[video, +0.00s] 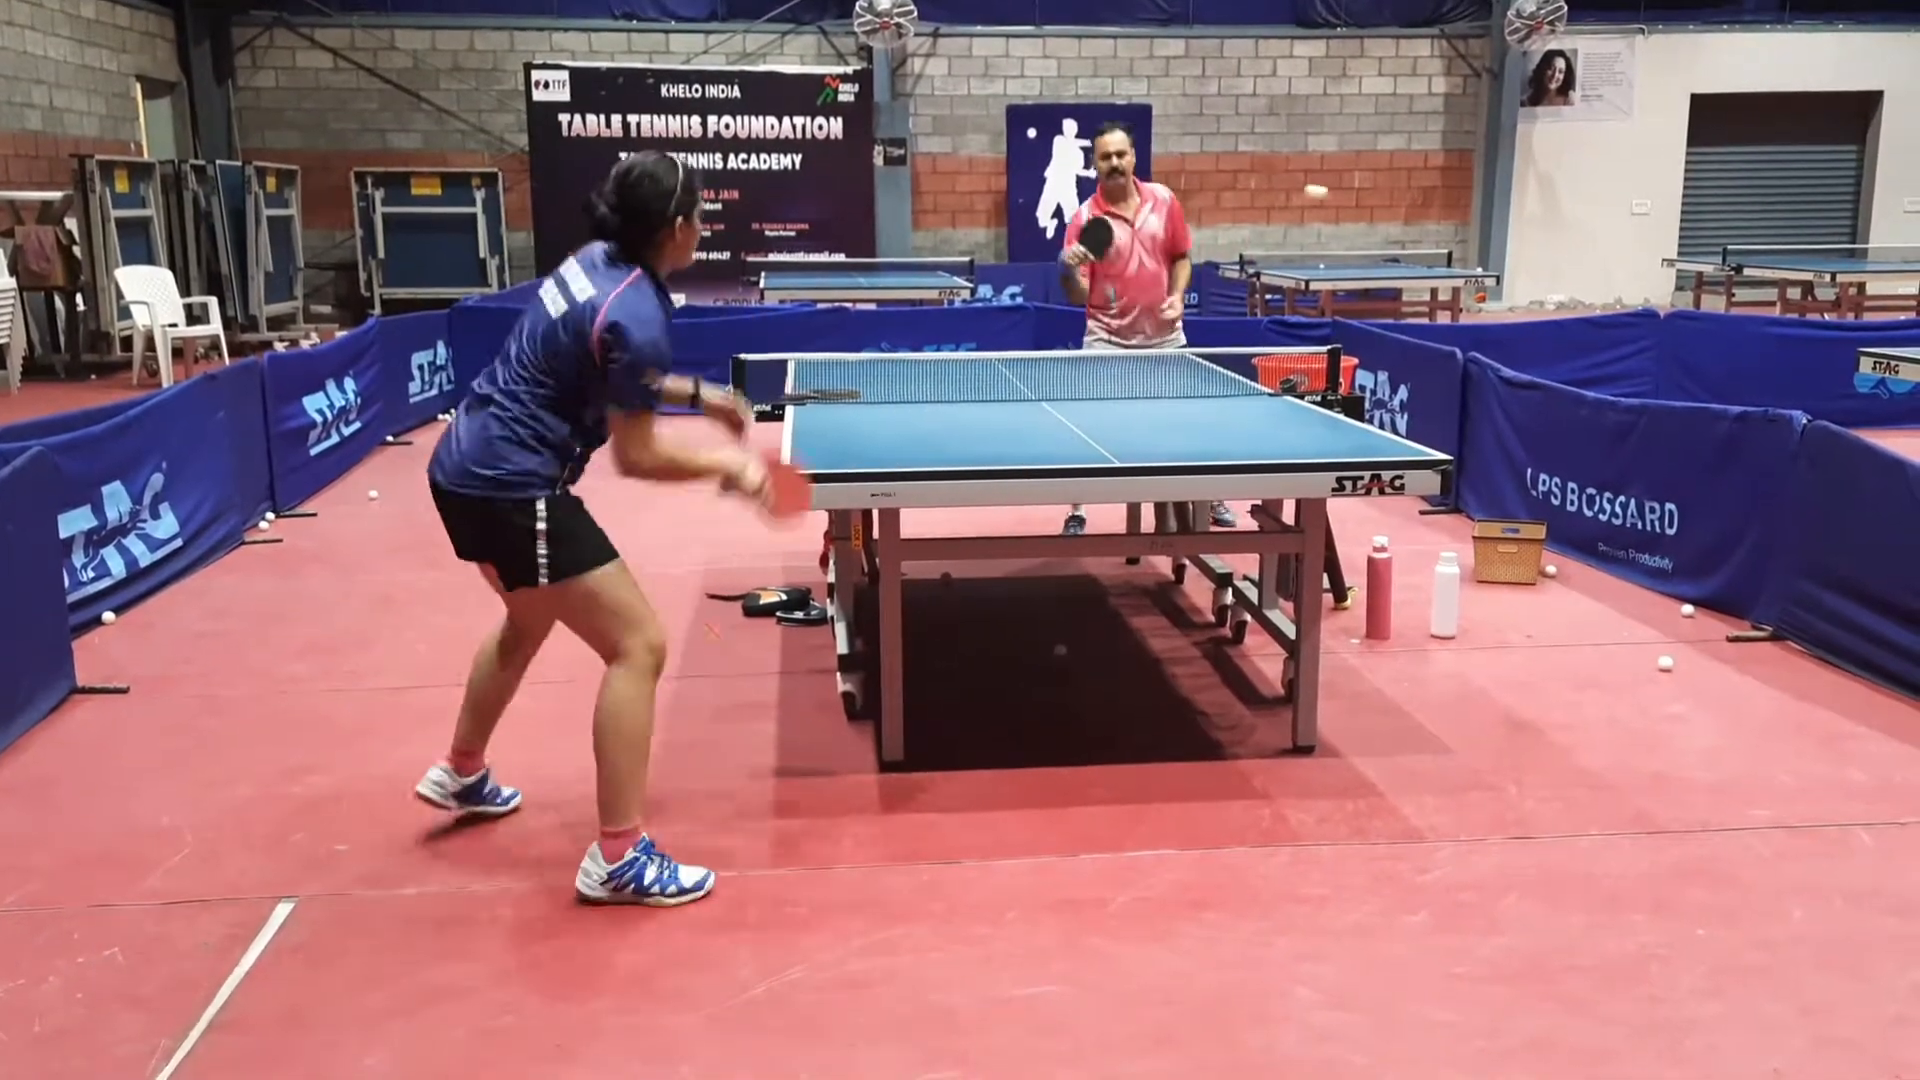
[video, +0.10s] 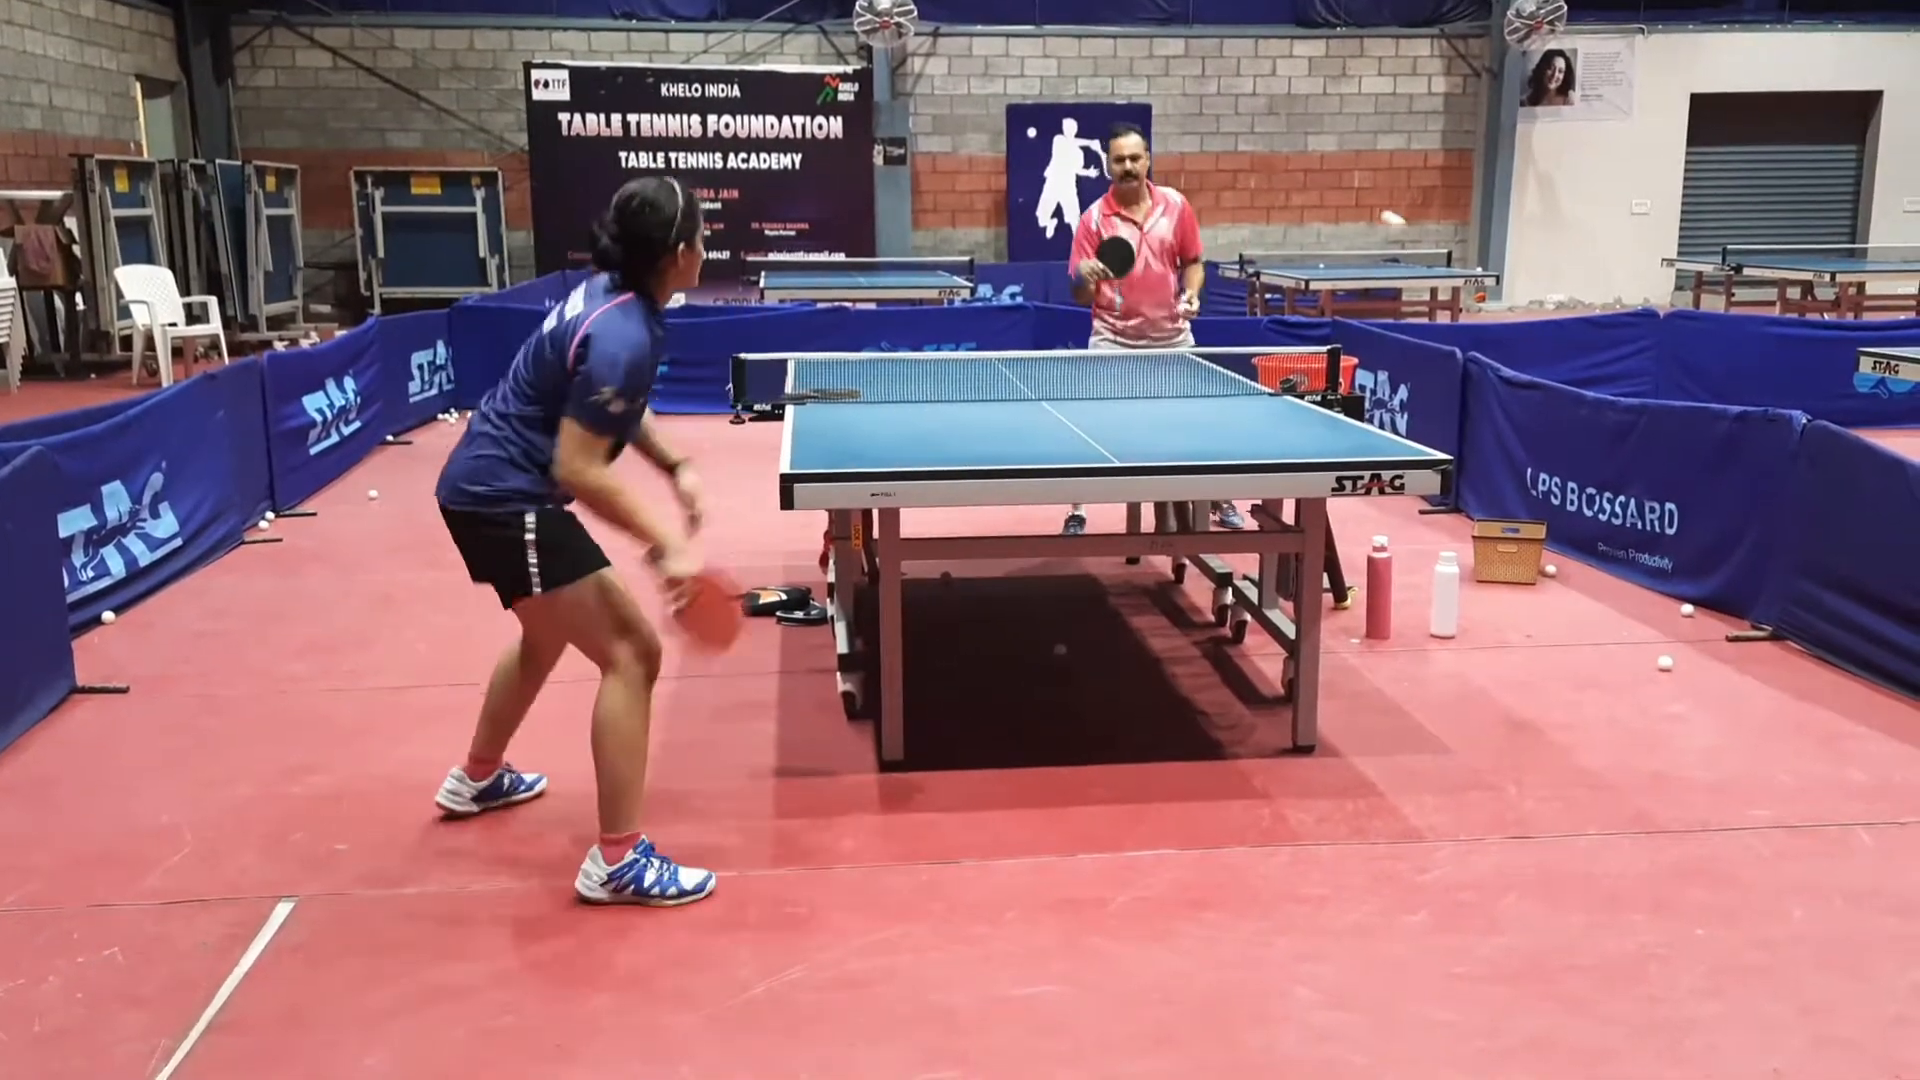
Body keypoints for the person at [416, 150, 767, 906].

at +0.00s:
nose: (698, 225)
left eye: (694, 213)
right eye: (693, 215)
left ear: (628, 220)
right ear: (672, 230)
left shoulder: (595, 261)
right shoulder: (639, 318)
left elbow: (605, 376)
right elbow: (636, 456)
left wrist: (701, 396)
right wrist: (725, 465)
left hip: (463, 466)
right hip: (514, 486)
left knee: (527, 621)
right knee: (639, 648)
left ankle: (460, 773)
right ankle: (620, 852)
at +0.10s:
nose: (703, 248)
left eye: (699, 236)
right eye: (697, 238)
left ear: (632, 246)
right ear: (674, 254)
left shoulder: (602, 289)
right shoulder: (623, 334)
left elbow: (614, 402)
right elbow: (578, 471)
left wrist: (673, 466)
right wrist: (662, 541)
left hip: (481, 486)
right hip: (509, 500)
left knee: (545, 632)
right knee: (632, 654)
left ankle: (476, 777)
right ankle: (619, 855)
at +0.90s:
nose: (648, 210)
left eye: (646, 197)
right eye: (643, 198)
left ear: (573, 200)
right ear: (622, 207)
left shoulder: (532, 252)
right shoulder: (609, 286)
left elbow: (569, 356)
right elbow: (660, 414)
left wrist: (652, 360)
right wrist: (720, 378)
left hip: (443, 469)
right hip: (507, 478)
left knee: (502, 619)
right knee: (611, 644)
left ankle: (464, 774)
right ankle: (576, 839)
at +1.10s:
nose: (665, 227)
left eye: (663, 214)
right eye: (661, 215)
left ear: (601, 218)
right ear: (637, 226)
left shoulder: (577, 262)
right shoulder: (586, 300)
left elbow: (599, 366)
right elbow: (567, 437)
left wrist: (682, 399)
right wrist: (663, 463)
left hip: (453, 459)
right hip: (481, 475)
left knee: (501, 613)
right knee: (594, 636)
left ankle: (427, 737)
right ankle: (576, 833)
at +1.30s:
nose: (632, 294)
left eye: (633, 282)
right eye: (625, 282)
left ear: (588, 287)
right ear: (587, 288)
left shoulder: (599, 341)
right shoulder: (493, 344)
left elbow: (606, 421)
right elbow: (426, 446)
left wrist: (635, 503)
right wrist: (466, 526)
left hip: (500, 513)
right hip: (452, 515)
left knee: (490, 640)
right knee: (590, 640)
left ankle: (377, 740)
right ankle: (573, 836)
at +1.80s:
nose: (509, 275)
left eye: (507, 262)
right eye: (505, 264)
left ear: (433, 268)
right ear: (483, 271)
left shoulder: (384, 322)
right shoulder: (503, 344)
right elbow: (598, 410)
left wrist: (492, 328)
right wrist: (615, 320)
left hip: (353, 545)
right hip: (442, 555)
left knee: (392, 616)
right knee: (565, 688)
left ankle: (335, 756)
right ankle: (540, 855)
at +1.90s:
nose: (520, 259)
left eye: (517, 246)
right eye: (516, 247)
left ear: (444, 251)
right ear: (497, 256)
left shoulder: (399, 306)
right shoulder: (506, 333)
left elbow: (444, 362)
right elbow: (582, 432)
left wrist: (520, 341)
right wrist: (631, 357)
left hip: (345, 526)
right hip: (432, 535)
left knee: (384, 613)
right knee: (549, 673)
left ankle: (333, 756)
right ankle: (540, 858)